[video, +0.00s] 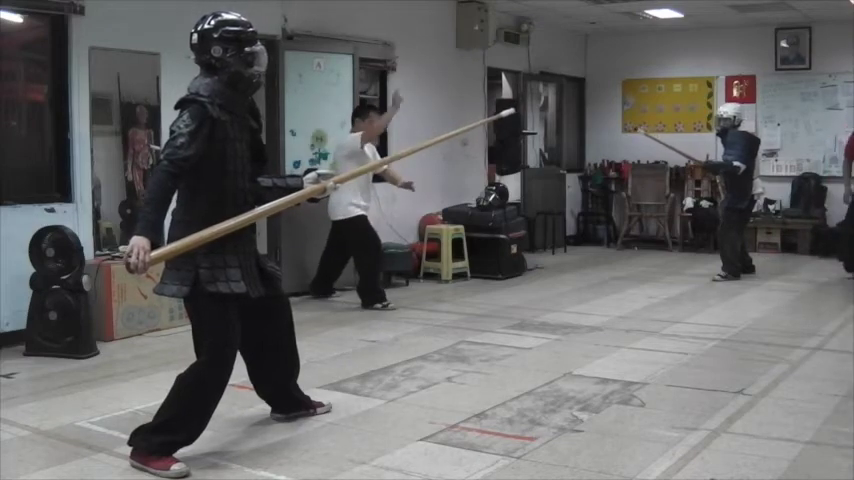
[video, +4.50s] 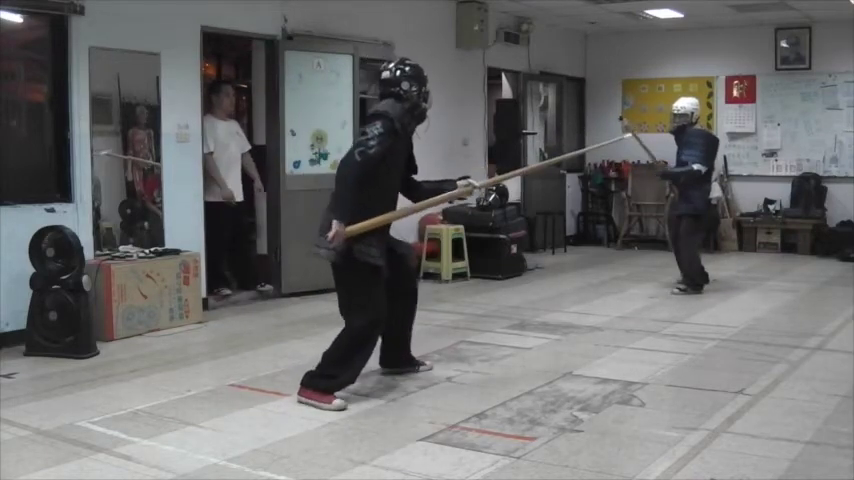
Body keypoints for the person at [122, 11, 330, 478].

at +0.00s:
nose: (254, 56)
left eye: (254, 48)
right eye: (243, 49)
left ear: (243, 53)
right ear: (215, 53)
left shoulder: (240, 106)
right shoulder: (202, 104)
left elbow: (246, 183)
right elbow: (167, 168)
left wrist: (301, 184)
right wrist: (144, 233)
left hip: (237, 244)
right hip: (204, 247)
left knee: (271, 315)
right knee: (217, 355)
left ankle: (286, 399)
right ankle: (152, 446)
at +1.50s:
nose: (311, 79)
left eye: (310, 71)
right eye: (303, 71)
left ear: (288, 75)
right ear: (282, 74)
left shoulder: (292, 120)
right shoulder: (263, 117)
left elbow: (293, 189)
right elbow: (229, 165)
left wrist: (345, 187)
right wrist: (208, 219)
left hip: (288, 241)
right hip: (259, 243)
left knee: (308, 307)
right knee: (251, 332)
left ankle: (311, 382)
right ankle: (187, 410)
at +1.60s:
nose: (326, 68)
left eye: (326, 60)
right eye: (318, 61)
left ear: (316, 64)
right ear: (296, 63)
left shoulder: (309, 109)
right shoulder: (283, 104)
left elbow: (310, 180)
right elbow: (246, 154)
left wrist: (361, 182)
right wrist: (227, 209)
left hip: (304, 226)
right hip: (272, 227)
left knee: (319, 300)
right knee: (283, 319)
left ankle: (313, 384)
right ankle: (230, 407)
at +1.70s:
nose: (339, 67)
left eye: (339, 59)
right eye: (331, 60)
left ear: (319, 64)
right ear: (310, 62)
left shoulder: (319, 109)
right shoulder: (294, 105)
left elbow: (320, 178)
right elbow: (258, 151)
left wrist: (372, 177)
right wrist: (240, 203)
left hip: (300, 226)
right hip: (275, 227)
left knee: (326, 297)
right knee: (302, 306)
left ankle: (315, 383)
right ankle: (280, 400)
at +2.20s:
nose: (387, 76)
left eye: (386, 69)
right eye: (379, 69)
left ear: (362, 73)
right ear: (360, 72)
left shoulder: (369, 113)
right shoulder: (345, 111)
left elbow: (367, 186)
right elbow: (308, 162)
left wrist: (410, 184)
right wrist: (299, 212)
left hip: (348, 228)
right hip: (328, 230)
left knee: (381, 281)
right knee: (362, 314)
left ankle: (376, 355)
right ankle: (332, 392)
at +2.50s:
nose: (431, 101)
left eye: (430, 94)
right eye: (425, 95)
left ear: (403, 97)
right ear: (409, 97)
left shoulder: (412, 137)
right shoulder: (389, 136)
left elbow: (429, 188)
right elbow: (356, 171)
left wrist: (469, 189)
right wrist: (364, 224)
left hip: (387, 238)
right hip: (365, 240)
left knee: (414, 286)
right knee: (376, 314)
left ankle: (423, 353)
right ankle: (335, 389)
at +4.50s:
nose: (426, 98)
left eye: (425, 91)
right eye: (421, 91)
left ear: (398, 91)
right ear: (408, 92)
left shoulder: (400, 132)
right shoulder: (384, 127)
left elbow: (413, 190)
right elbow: (349, 166)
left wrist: (457, 187)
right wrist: (341, 217)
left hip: (375, 234)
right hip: (352, 236)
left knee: (405, 272)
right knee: (368, 317)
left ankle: (397, 358)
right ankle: (317, 386)